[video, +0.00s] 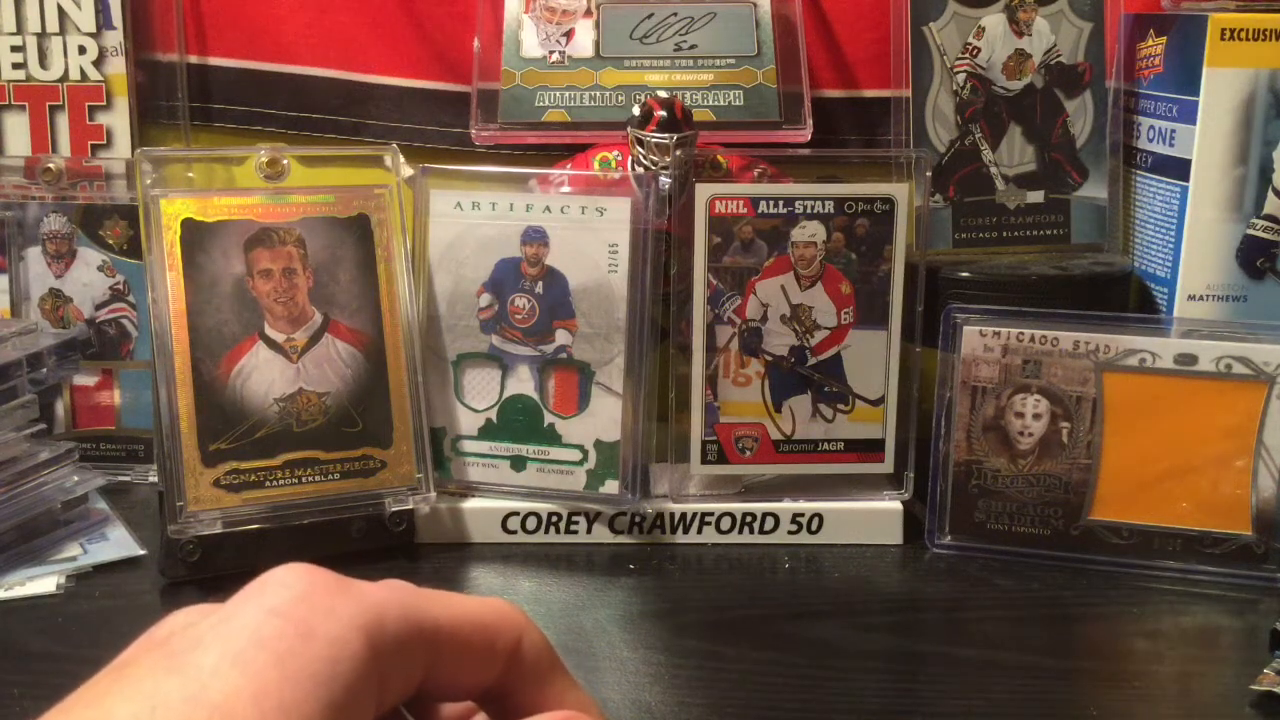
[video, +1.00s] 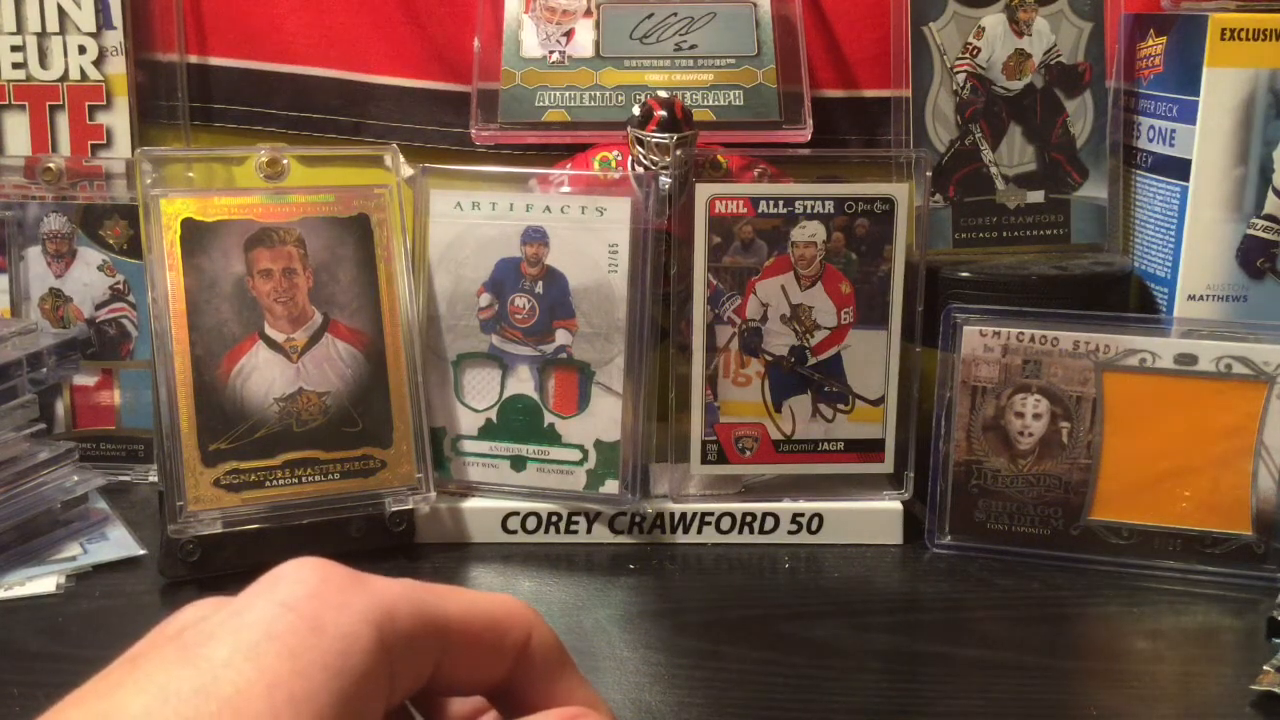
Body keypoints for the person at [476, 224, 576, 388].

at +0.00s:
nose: (535, 251)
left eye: (540, 246)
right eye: (530, 246)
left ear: (547, 250)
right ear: (522, 248)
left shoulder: (557, 280)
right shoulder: (504, 268)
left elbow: (565, 321)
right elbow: (486, 292)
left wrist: (562, 349)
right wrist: (487, 316)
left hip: (542, 353)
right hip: (503, 350)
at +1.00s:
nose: (534, 251)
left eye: (540, 246)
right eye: (530, 246)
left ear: (547, 250)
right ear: (522, 248)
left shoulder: (557, 280)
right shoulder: (504, 268)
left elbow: (565, 321)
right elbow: (487, 293)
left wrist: (562, 349)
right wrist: (487, 316)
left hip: (541, 354)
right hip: (503, 350)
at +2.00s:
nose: (535, 251)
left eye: (540, 247)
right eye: (530, 246)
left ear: (546, 250)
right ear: (522, 248)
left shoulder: (557, 280)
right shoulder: (504, 268)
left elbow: (565, 321)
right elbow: (486, 293)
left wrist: (562, 351)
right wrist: (487, 319)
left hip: (542, 352)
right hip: (503, 348)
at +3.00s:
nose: (534, 251)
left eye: (540, 247)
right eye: (530, 246)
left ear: (546, 251)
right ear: (522, 248)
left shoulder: (556, 279)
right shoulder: (504, 268)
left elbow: (565, 321)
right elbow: (487, 291)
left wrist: (562, 348)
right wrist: (486, 311)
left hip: (541, 353)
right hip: (502, 348)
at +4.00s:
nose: (534, 251)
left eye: (540, 247)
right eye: (530, 246)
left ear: (546, 251)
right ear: (522, 248)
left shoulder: (557, 280)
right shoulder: (505, 268)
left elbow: (565, 320)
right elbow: (487, 292)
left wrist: (562, 350)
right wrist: (486, 315)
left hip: (540, 352)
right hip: (502, 348)